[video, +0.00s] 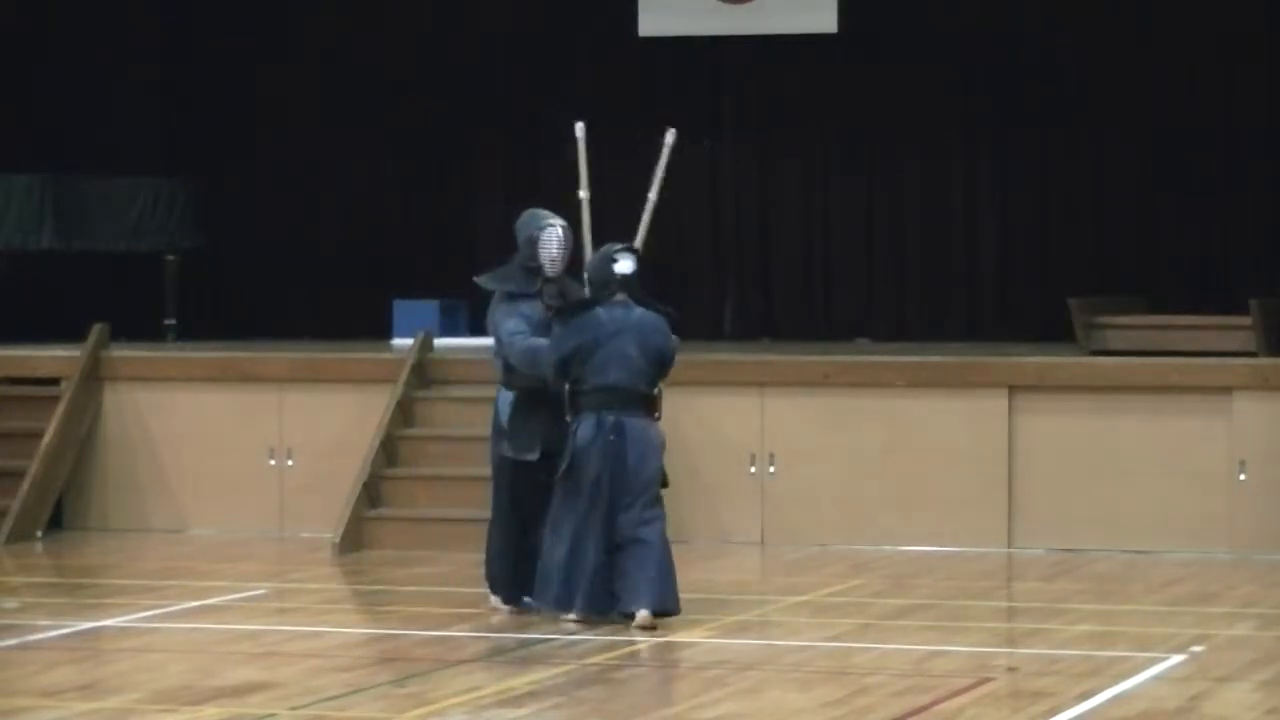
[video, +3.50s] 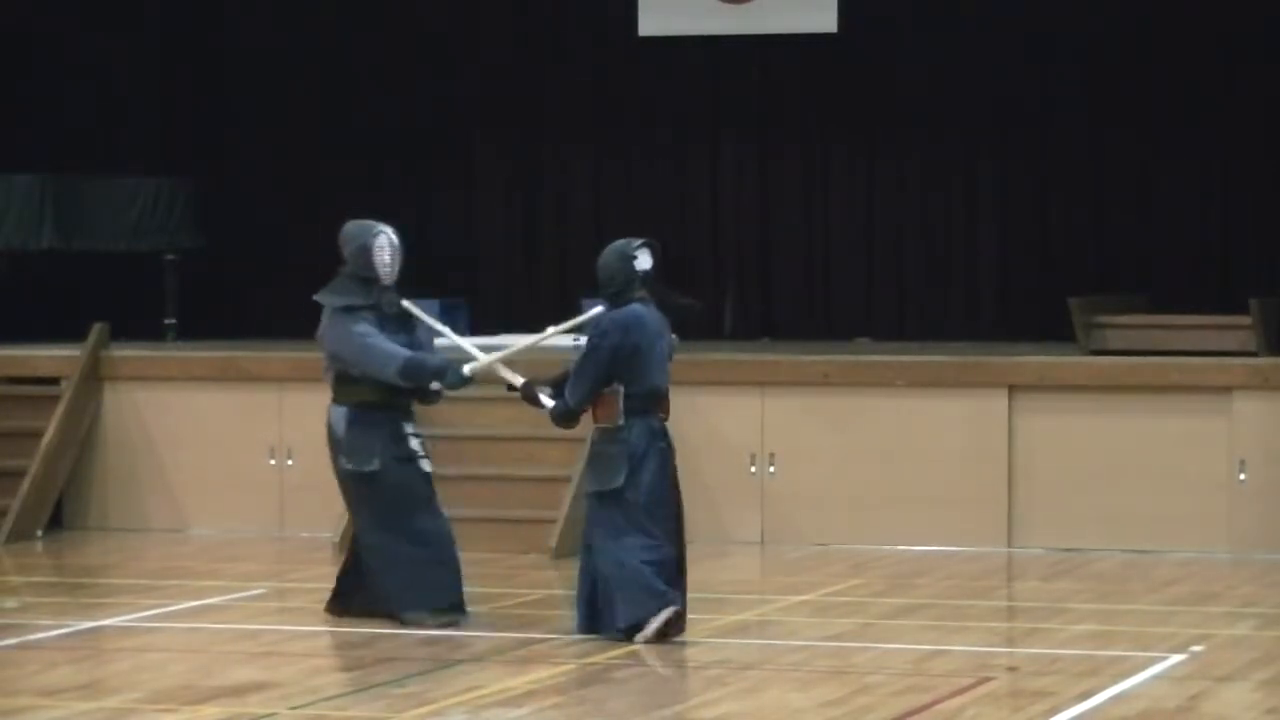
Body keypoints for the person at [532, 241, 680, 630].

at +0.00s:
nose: (590, 285)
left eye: (591, 280)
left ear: (594, 282)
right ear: (628, 282)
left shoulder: (579, 324)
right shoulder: (653, 324)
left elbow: (558, 368)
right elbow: (663, 366)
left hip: (592, 423)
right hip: (640, 423)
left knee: (586, 510)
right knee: (641, 512)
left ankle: (579, 602)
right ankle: (643, 603)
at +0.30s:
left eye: (610, 277)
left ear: (611, 280)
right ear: (643, 280)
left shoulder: (595, 318)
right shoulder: (666, 317)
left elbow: (579, 360)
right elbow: (680, 361)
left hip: (608, 419)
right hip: (655, 419)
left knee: (608, 509)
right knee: (656, 510)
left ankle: (616, 592)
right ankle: (648, 606)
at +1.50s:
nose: (626, 276)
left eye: (629, 270)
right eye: (631, 269)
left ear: (636, 277)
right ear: (672, 278)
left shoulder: (627, 321)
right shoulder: (690, 322)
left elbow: (576, 358)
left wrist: (575, 330)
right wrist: (624, 313)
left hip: (650, 432)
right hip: (692, 430)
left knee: (643, 526)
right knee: (681, 526)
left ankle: (670, 619)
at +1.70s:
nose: (631, 282)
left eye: (633, 276)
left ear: (635, 281)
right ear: (674, 280)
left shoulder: (616, 328)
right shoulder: (691, 326)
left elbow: (597, 389)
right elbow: (693, 367)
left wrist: (599, 340)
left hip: (642, 437)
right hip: (687, 434)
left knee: (647, 530)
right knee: (678, 528)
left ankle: (672, 626)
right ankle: (631, 618)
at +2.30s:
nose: (596, 291)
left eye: (598, 285)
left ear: (603, 289)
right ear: (638, 286)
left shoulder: (600, 331)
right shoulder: (659, 328)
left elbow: (559, 378)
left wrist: (558, 345)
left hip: (624, 436)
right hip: (656, 433)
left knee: (634, 527)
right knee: (620, 527)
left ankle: (672, 624)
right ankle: (611, 621)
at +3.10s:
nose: (585, 286)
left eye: (589, 279)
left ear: (594, 282)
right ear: (629, 278)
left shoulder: (596, 329)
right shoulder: (649, 324)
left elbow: (562, 383)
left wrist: (542, 402)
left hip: (610, 435)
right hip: (642, 432)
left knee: (609, 521)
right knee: (623, 519)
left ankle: (666, 606)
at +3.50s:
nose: (601, 284)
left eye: (604, 277)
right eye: (604, 276)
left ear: (610, 279)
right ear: (640, 277)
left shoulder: (613, 326)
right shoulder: (655, 321)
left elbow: (576, 398)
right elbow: (603, 370)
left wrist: (543, 400)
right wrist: (551, 387)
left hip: (622, 435)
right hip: (653, 430)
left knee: (608, 525)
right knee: (646, 522)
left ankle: (651, 606)